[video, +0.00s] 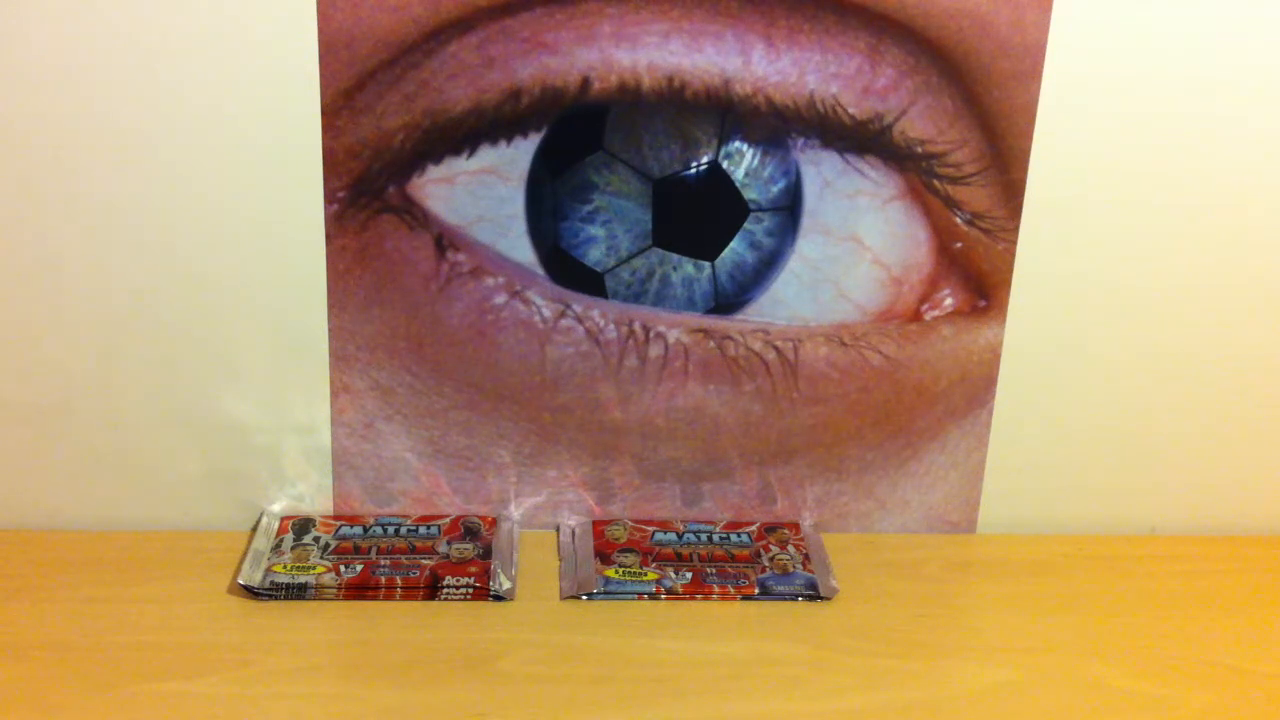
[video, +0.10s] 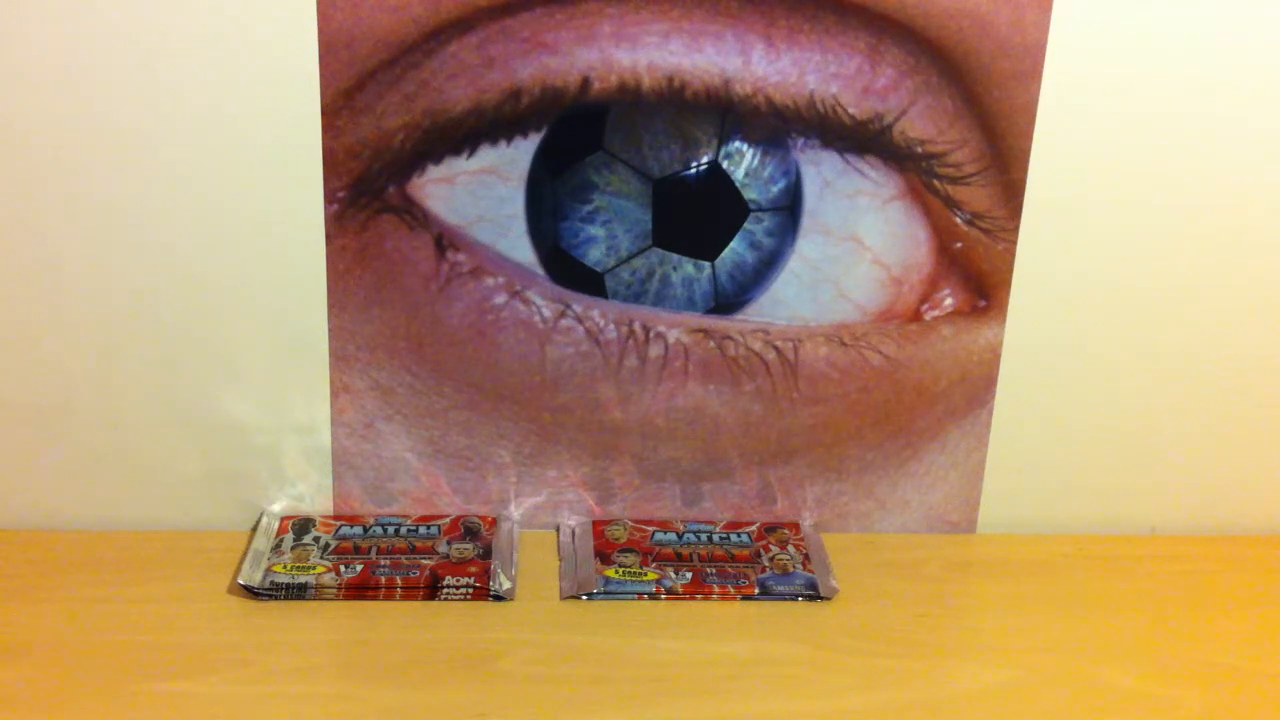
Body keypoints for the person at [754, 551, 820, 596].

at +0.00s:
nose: (784, 563)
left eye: (788, 560)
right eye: (780, 560)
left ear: (792, 562)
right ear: (772, 563)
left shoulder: (809, 579)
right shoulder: (763, 580)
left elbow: (819, 602)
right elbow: (761, 604)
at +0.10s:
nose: (784, 563)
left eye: (788, 560)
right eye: (780, 560)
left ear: (792, 562)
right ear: (772, 563)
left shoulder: (809, 579)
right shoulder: (763, 580)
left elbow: (817, 604)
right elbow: (761, 604)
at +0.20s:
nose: (784, 562)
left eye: (788, 560)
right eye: (780, 560)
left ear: (792, 562)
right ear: (772, 563)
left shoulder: (809, 579)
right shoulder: (762, 580)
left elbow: (819, 603)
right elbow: (760, 605)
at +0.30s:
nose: (784, 562)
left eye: (788, 560)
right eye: (780, 560)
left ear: (792, 562)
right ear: (772, 563)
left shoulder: (809, 579)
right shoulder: (763, 580)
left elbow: (819, 604)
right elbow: (761, 605)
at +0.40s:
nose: (784, 562)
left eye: (788, 560)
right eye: (780, 560)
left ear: (792, 562)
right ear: (772, 563)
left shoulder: (809, 579)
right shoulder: (763, 580)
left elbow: (819, 604)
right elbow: (761, 605)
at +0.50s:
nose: (784, 562)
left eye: (788, 560)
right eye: (780, 560)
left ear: (792, 562)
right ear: (772, 563)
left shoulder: (809, 579)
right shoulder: (763, 580)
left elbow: (819, 604)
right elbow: (761, 605)